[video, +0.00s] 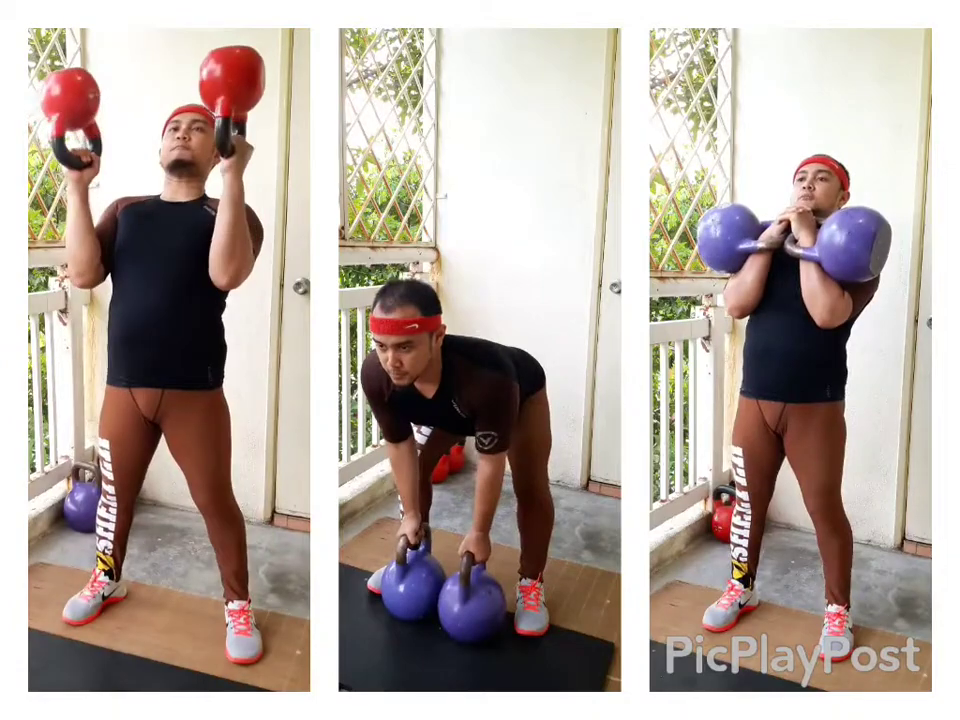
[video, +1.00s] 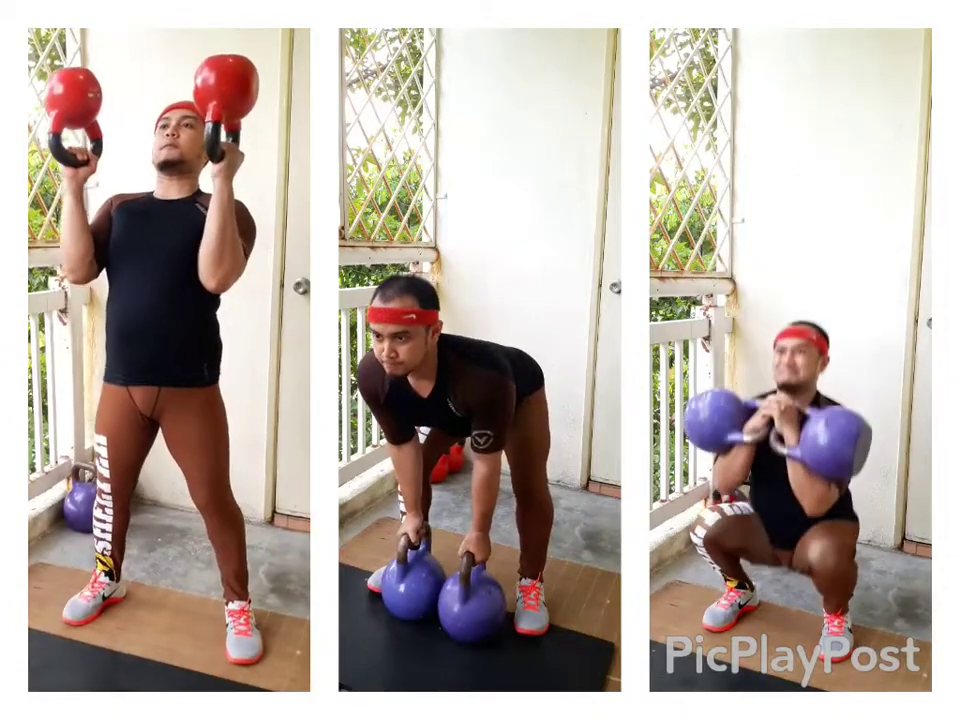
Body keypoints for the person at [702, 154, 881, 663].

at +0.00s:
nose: (805, 186)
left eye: (819, 179)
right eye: (800, 179)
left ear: (844, 196)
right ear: (790, 193)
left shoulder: (854, 257)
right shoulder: (768, 243)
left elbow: (828, 314)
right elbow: (735, 305)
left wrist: (805, 242)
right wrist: (767, 243)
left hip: (814, 406)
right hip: (754, 399)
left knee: (825, 512)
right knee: (749, 501)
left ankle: (837, 609)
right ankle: (740, 586)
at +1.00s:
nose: (788, 360)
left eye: (800, 352)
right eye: (781, 352)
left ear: (823, 363)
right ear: (773, 359)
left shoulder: (834, 420)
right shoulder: (752, 410)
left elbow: (817, 504)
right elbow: (722, 484)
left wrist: (792, 435)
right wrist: (750, 436)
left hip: (819, 534)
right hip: (766, 529)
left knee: (828, 556)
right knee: (714, 535)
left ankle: (835, 617)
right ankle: (740, 590)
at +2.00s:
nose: (805, 173)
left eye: (819, 168)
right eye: (799, 168)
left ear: (843, 188)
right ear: (788, 184)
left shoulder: (847, 246)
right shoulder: (763, 238)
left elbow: (827, 313)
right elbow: (731, 304)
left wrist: (802, 240)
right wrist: (765, 239)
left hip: (819, 404)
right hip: (761, 398)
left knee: (827, 511)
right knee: (750, 501)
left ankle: (836, 611)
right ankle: (740, 586)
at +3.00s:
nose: (808, 190)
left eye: (822, 183)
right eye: (803, 183)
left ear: (847, 200)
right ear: (793, 197)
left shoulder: (855, 262)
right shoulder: (769, 249)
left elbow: (832, 319)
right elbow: (731, 309)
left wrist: (808, 248)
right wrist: (769, 248)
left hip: (814, 407)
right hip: (753, 400)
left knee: (824, 513)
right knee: (749, 501)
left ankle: (837, 610)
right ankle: (740, 587)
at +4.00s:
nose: (789, 268)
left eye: (801, 259)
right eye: (781, 260)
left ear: (823, 269)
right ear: (771, 270)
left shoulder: (836, 330)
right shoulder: (757, 325)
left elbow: (821, 403)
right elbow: (726, 392)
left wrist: (793, 332)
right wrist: (756, 334)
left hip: (832, 454)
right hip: (775, 452)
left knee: (828, 538)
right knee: (720, 516)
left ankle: (836, 616)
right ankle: (740, 588)